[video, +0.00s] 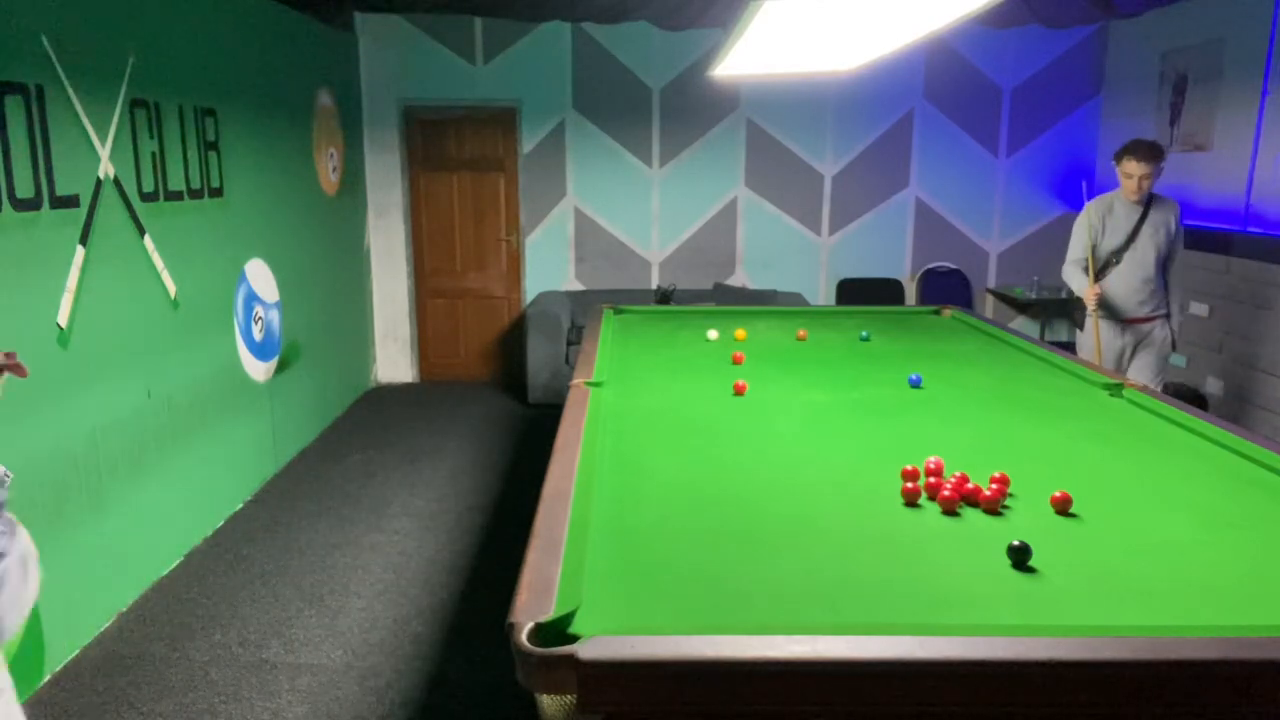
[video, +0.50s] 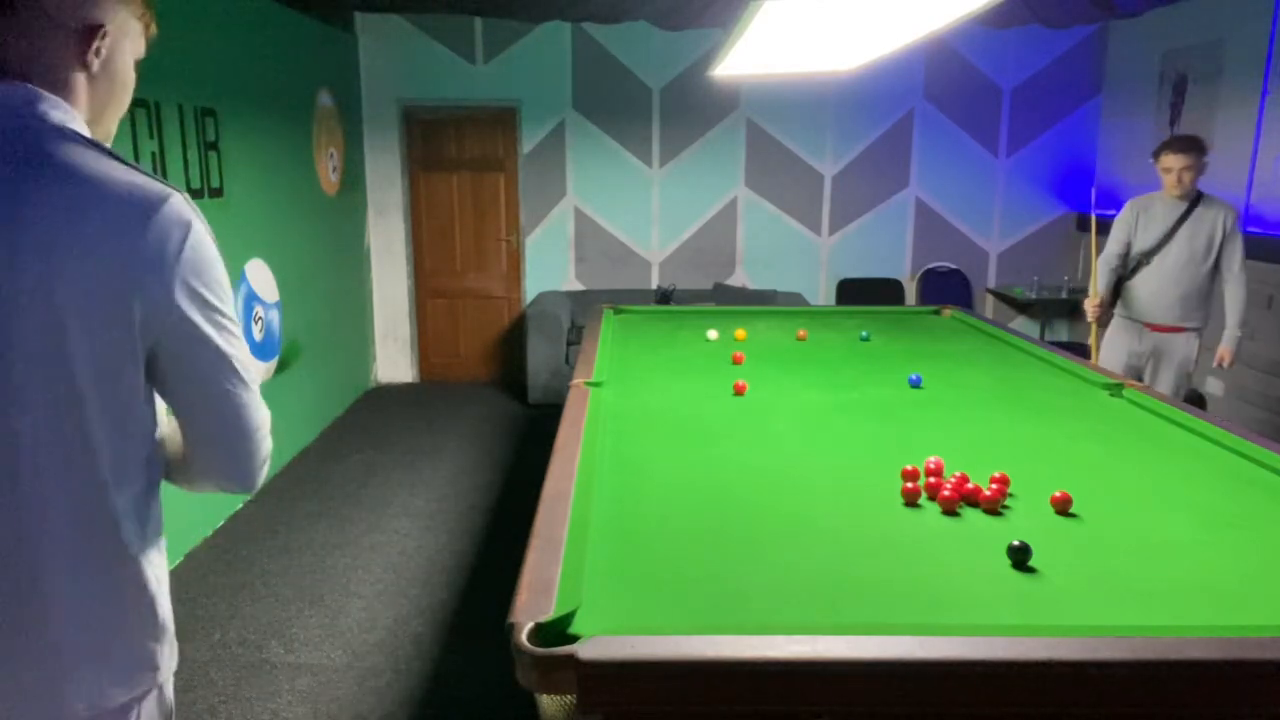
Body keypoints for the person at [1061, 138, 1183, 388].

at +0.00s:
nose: (1136, 186)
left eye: (1145, 178)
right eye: (1128, 177)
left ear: (1157, 175)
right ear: (1118, 172)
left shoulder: (1169, 212)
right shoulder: (1095, 211)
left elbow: (1172, 272)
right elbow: (1072, 265)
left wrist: (1174, 324)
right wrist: (1085, 289)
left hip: (1152, 330)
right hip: (1103, 329)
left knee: (1140, 414)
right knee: (1096, 411)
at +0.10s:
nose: (1143, 185)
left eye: (1152, 177)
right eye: (1135, 175)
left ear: (1165, 175)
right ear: (1125, 171)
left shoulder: (1177, 214)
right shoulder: (1100, 213)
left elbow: (1179, 275)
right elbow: (1077, 265)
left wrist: (1178, 329)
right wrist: (1086, 288)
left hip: (1155, 333)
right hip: (1105, 330)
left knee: (1141, 417)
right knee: (1096, 413)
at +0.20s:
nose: (1151, 185)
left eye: (1161, 177)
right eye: (1144, 175)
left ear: (1174, 176)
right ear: (1134, 171)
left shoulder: (1187, 217)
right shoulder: (1108, 212)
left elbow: (1190, 280)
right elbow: (1083, 263)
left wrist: (1187, 336)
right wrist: (1088, 289)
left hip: (1162, 335)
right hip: (1110, 331)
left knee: (1146, 419)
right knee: (1101, 417)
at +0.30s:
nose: (1163, 184)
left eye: (1173, 176)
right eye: (1155, 175)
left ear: (1186, 174)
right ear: (1145, 171)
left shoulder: (1203, 217)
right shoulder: (1121, 210)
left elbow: (1208, 280)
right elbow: (1094, 258)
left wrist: (1205, 333)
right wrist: (1091, 289)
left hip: (1171, 337)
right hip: (1119, 330)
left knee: (1156, 422)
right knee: (1103, 415)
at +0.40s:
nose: (1171, 180)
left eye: (1180, 172)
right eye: (1163, 172)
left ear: (1195, 171)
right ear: (1153, 171)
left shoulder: (1214, 216)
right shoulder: (1129, 210)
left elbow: (1223, 280)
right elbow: (1103, 258)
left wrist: (1218, 338)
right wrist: (1095, 291)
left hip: (1176, 338)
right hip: (1124, 330)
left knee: (1160, 423)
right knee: (1100, 412)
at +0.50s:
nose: (1176, 178)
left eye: (1185, 170)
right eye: (1168, 170)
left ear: (1200, 170)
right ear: (1158, 170)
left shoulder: (1222, 217)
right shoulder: (1135, 209)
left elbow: (1234, 280)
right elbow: (1110, 258)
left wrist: (1230, 338)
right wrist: (1098, 296)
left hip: (1178, 340)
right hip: (1125, 330)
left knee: (1159, 425)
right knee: (1100, 410)